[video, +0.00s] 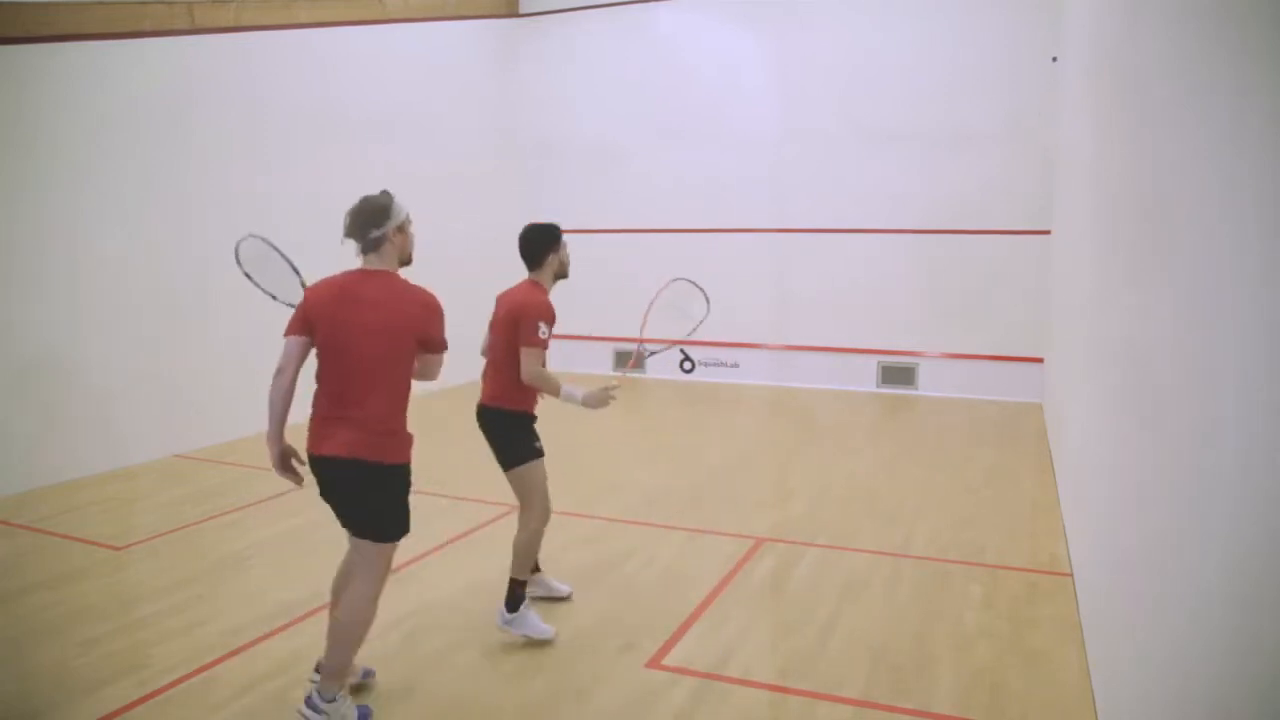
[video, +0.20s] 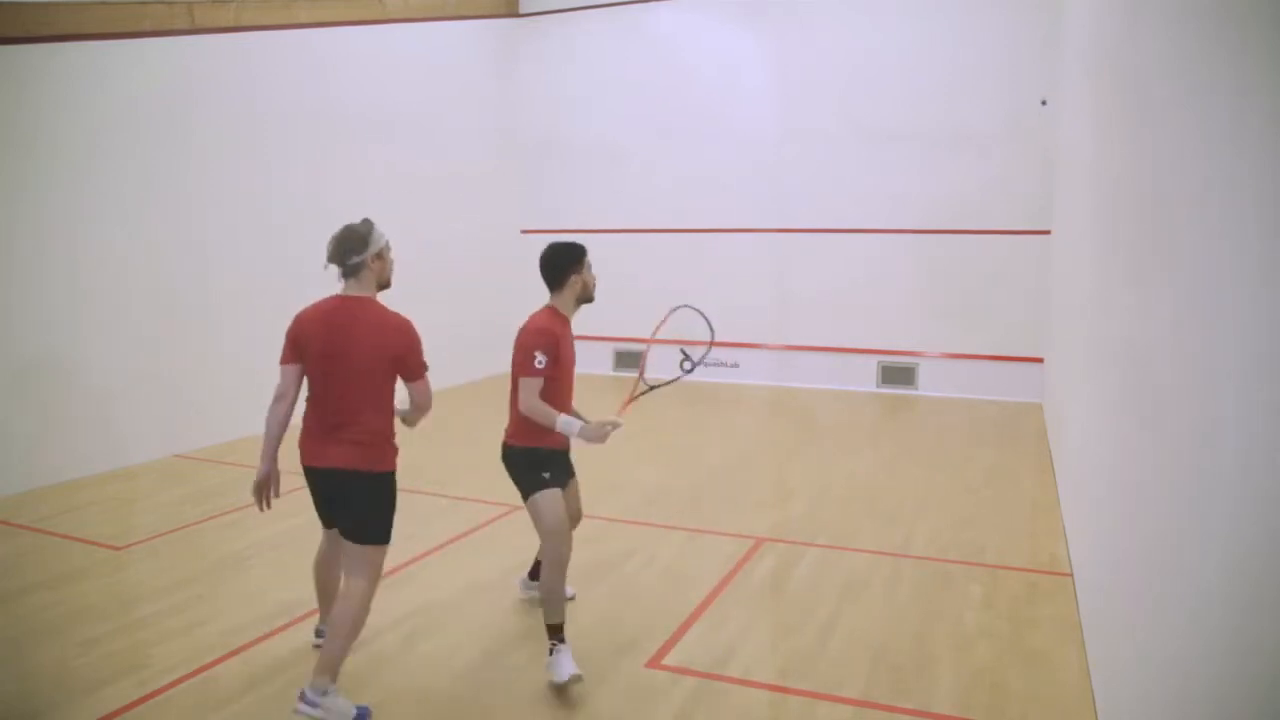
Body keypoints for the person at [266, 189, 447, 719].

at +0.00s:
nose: (413, 236)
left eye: (410, 228)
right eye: (409, 228)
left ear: (360, 240)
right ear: (395, 236)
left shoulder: (321, 294)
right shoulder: (421, 303)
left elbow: (286, 370)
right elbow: (428, 369)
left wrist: (275, 438)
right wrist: (375, 348)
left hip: (326, 453)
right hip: (381, 458)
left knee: (362, 551)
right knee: (370, 574)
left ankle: (336, 662)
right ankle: (327, 694)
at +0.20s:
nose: (393, 262)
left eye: (390, 254)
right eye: (389, 255)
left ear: (343, 265)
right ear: (374, 262)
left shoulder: (308, 320)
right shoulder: (398, 329)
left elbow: (284, 398)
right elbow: (420, 406)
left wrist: (268, 461)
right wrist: (402, 413)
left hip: (317, 461)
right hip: (369, 469)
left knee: (333, 534)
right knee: (359, 578)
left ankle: (327, 624)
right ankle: (319, 691)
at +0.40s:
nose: (392, 256)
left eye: (391, 247)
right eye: (388, 248)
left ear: (345, 252)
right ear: (369, 251)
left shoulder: (307, 306)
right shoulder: (385, 312)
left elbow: (293, 378)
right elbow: (400, 389)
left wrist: (290, 434)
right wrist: (418, 437)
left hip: (320, 443)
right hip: (372, 444)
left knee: (336, 521)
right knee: (404, 515)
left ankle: (329, 618)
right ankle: (366, 607)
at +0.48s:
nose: (396, 251)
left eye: (394, 243)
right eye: (391, 243)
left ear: (353, 248)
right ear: (368, 247)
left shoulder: (314, 299)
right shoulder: (383, 306)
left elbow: (299, 370)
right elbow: (394, 384)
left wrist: (310, 421)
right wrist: (419, 432)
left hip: (323, 434)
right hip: (374, 436)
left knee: (334, 518)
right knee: (409, 502)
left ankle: (331, 617)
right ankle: (388, 600)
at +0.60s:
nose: (402, 257)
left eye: (402, 249)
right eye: (397, 249)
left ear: (364, 251)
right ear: (374, 249)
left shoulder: (325, 299)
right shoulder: (384, 306)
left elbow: (316, 363)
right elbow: (391, 379)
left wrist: (340, 403)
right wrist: (426, 429)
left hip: (333, 430)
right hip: (380, 432)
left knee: (340, 517)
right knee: (402, 506)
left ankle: (331, 615)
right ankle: (409, 586)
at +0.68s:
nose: (407, 260)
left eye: (407, 252)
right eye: (402, 252)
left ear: (371, 253)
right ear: (379, 252)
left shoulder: (334, 299)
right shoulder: (387, 309)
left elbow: (329, 363)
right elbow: (396, 381)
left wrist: (359, 398)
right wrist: (434, 429)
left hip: (341, 427)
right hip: (386, 431)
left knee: (352, 511)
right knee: (406, 506)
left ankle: (333, 608)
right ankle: (409, 586)